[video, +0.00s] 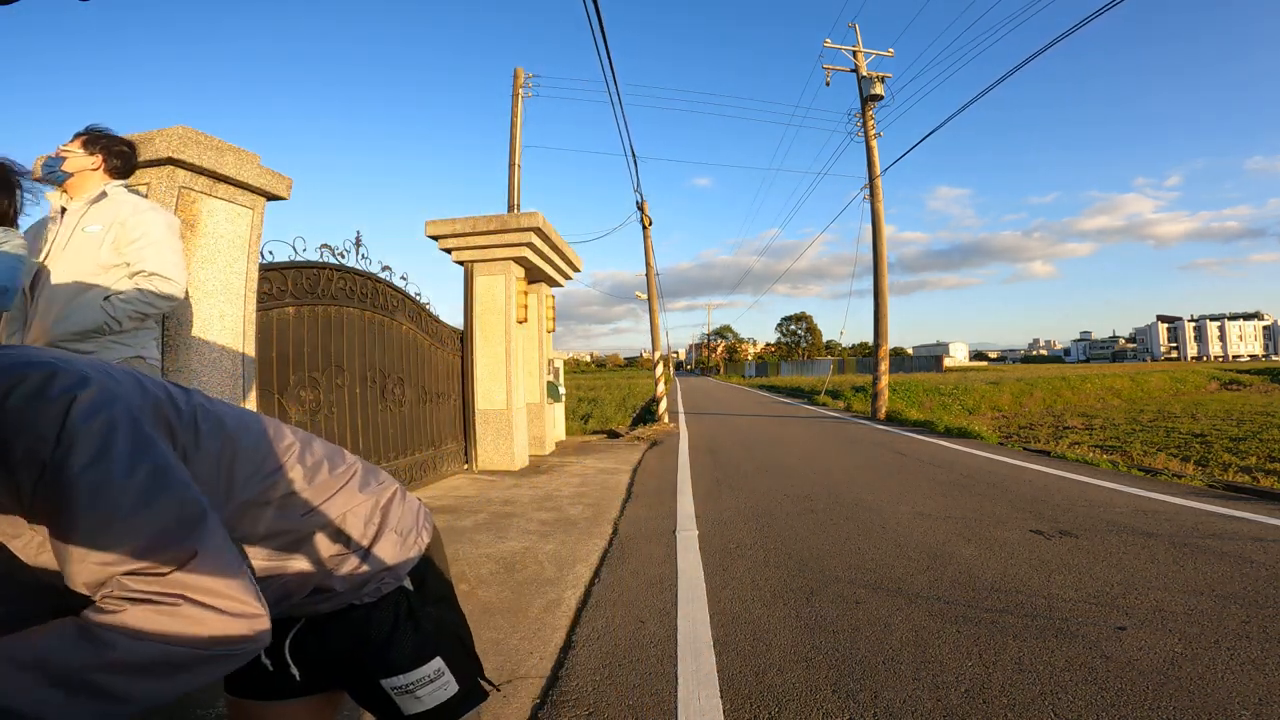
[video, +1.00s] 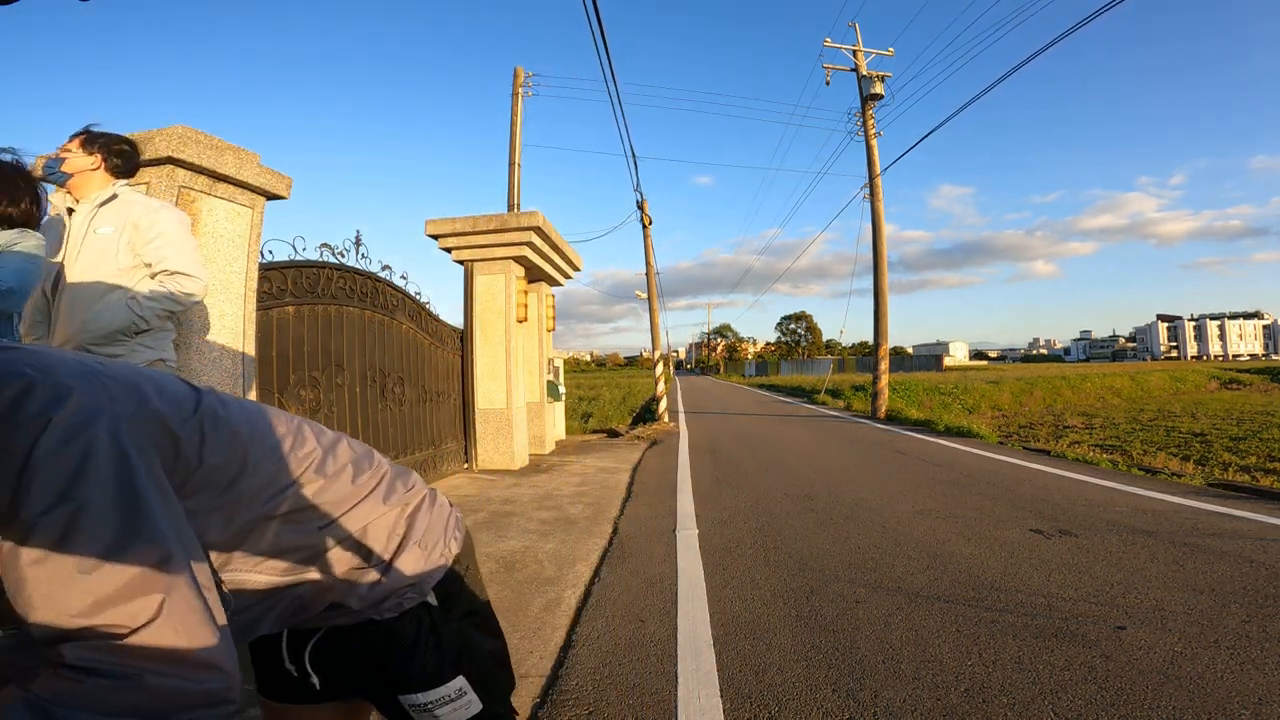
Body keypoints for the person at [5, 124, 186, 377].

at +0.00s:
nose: (56, 155)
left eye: (67, 151)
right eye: (60, 150)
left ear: (96, 161)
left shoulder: (144, 216)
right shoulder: (38, 229)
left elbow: (165, 287)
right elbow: (13, 296)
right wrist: (13, 348)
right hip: (41, 359)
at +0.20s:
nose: (58, 152)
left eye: (71, 147)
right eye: (63, 147)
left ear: (101, 160)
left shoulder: (148, 216)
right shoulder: (39, 229)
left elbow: (170, 286)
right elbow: (20, 309)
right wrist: (12, 356)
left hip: (119, 370)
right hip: (44, 363)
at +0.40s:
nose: (63, 151)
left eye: (75, 146)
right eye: (66, 146)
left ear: (105, 159)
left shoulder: (153, 215)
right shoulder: (42, 229)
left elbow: (175, 286)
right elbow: (24, 308)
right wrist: (17, 355)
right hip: (48, 360)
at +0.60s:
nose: (62, 154)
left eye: (74, 149)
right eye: (66, 148)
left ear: (108, 158)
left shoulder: (157, 215)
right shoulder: (45, 228)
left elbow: (184, 284)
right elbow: (28, 307)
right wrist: (27, 354)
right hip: (54, 360)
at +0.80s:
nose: (60, 155)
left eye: (72, 150)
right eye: (64, 149)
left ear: (105, 159)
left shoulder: (153, 215)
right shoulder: (46, 229)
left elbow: (187, 282)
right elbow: (31, 306)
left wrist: (119, 318)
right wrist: (35, 356)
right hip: (59, 363)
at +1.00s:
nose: (57, 158)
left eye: (67, 151)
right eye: (60, 151)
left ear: (96, 161)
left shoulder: (152, 214)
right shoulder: (55, 223)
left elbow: (187, 282)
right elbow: (36, 294)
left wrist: (121, 316)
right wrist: (36, 351)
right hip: (67, 361)